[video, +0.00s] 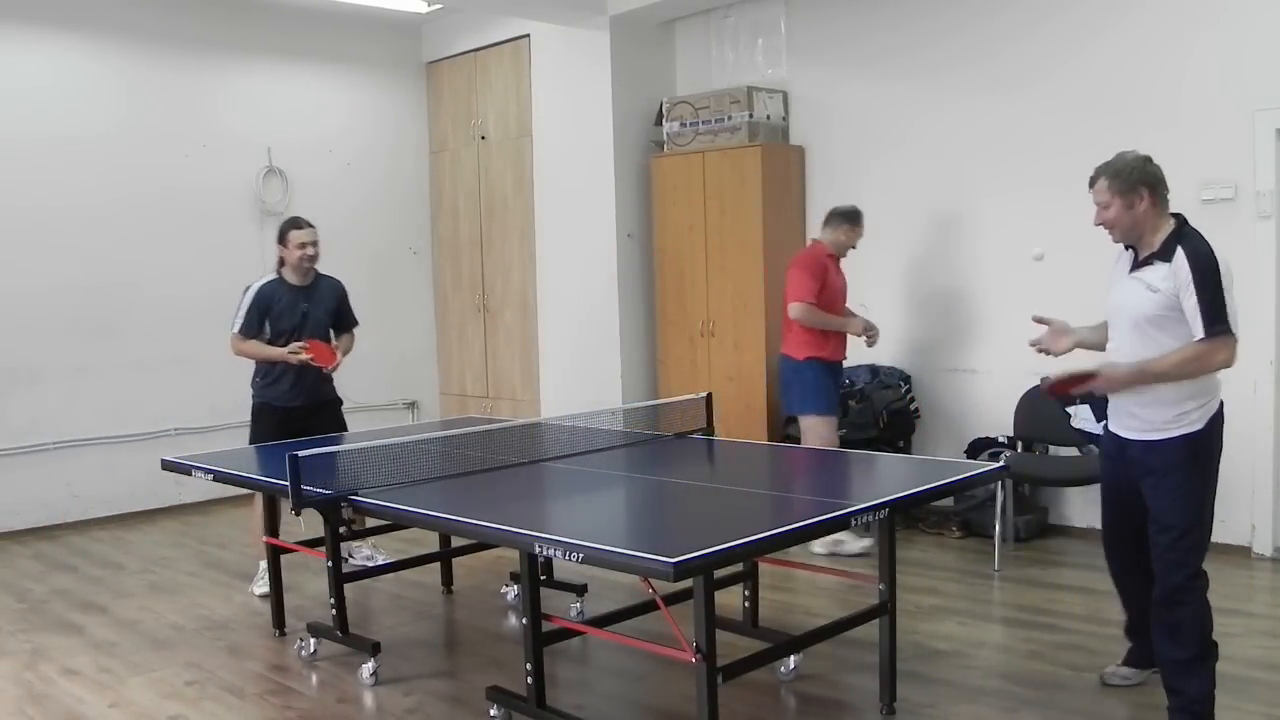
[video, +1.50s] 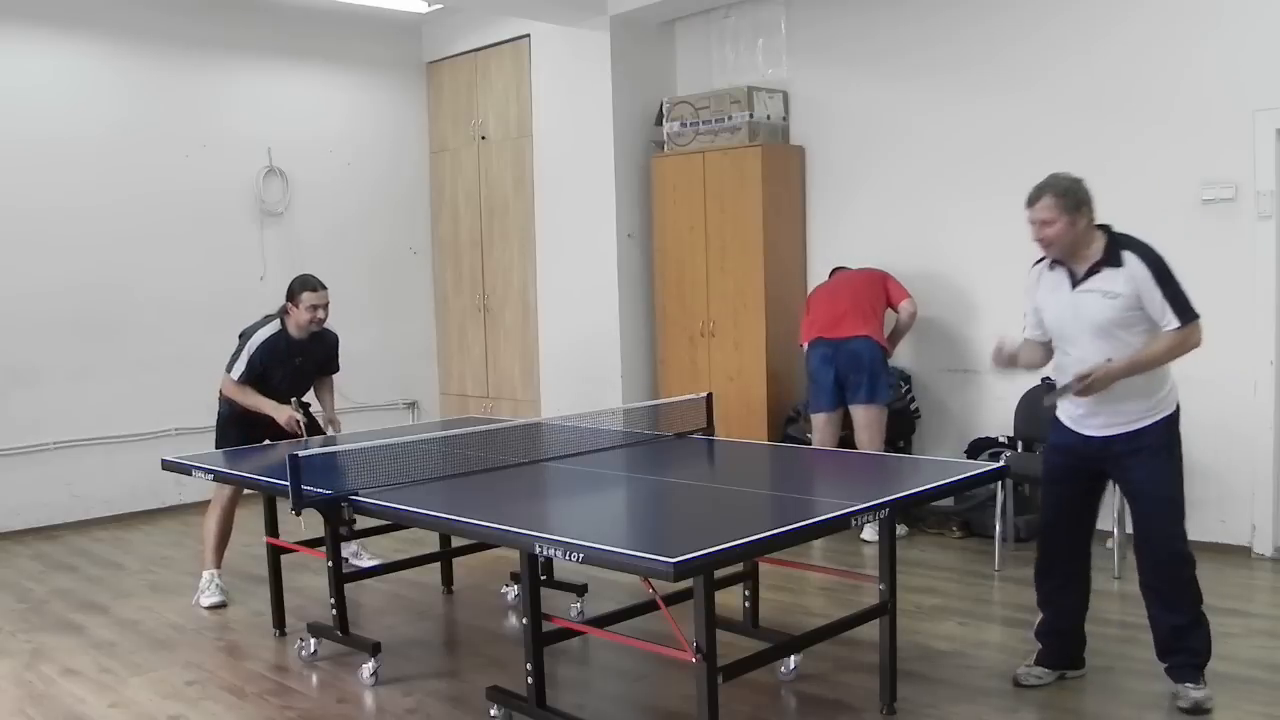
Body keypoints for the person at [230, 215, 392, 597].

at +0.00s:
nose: (310, 252)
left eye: (314, 245)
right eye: (302, 246)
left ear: (319, 248)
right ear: (282, 250)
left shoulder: (333, 289)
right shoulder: (262, 292)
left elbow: (347, 334)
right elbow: (239, 343)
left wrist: (337, 353)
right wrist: (282, 353)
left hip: (322, 405)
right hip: (274, 408)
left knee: (340, 476)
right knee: (268, 490)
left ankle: (348, 547)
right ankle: (267, 564)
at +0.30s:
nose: (347, 263)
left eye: (350, 256)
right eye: (338, 257)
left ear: (352, 258)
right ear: (316, 260)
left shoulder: (357, 301)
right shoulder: (288, 296)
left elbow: (367, 345)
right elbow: (262, 345)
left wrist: (359, 363)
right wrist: (309, 355)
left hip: (332, 407)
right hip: (283, 407)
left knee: (359, 474)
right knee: (259, 480)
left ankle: (356, 548)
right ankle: (232, 560)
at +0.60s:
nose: (317, 275)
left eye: (320, 267)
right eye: (309, 269)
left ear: (323, 269)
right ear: (286, 272)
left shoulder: (324, 309)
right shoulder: (261, 309)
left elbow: (324, 351)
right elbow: (234, 362)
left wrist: (333, 377)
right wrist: (285, 371)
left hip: (301, 412)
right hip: (253, 415)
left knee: (341, 470)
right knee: (236, 488)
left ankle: (352, 547)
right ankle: (217, 575)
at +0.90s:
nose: (304, 291)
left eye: (308, 284)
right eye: (296, 285)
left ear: (312, 285)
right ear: (274, 287)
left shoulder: (317, 324)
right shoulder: (246, 321)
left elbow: (319, 362)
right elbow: (210, 365)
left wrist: (304, 395)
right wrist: (251, 391)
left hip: (291, 414)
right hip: (242, 416)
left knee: (326, 474)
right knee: (227, 488)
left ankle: (342, 549)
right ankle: (215, 577)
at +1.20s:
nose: (325, 319)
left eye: (329, 311)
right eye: (317, 312)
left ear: (332, 309)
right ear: (295, 311)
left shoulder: (332, 343)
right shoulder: (264, 338)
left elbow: (330, 383)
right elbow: (227, 380)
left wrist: (329, 421)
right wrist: (263, 415)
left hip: (294, 411)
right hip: (247, 411)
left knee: (334, 461)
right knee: (229, 486)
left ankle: (342, 548)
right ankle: (210, 576)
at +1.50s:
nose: (321, 314)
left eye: (325, 307)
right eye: (313, 308)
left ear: (328, 306)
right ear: (291, 308)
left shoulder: (326, 340)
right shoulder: (260, 337)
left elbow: (323, 378)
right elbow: (229, 386)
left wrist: (329, 412)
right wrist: (275, 409)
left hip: (289, 412)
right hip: (241, 415)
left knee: (332, 466)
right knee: (228, 489)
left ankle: (344, 547)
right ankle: (210, 577)